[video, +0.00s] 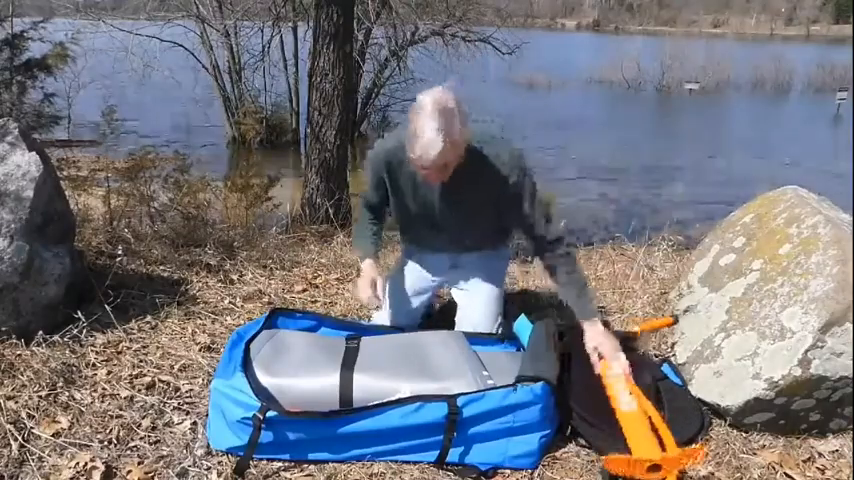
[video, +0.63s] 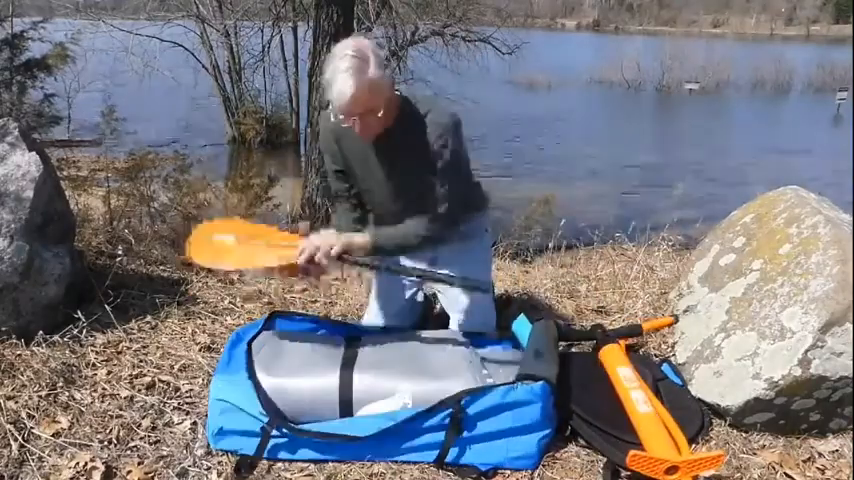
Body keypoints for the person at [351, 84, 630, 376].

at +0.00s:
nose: (433, 177)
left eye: (443, 167)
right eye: (423, 167)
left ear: (462, 142)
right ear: (409, 144)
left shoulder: (501, 163)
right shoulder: (387, 157)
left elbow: (551, 244)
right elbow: (369, 209)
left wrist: (591, 323)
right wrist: (367, 263)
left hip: (482, 261)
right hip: (419, 259)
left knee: (477, 342)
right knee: (384, 333)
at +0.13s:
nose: (376, 145)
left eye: (388, 135)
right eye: (369, 133)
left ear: (422, 114)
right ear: (359, 120)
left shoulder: (477, 144)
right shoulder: (354, 141)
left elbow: (518, 225)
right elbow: (343, 213)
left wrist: (505, 304)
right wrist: (342, 275)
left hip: (474, 250)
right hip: (406, 251)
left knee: (487, 350)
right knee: (378, 342)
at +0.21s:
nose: (354, 152)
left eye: (364, 142)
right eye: (345, 141)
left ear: (397, 119)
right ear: (336, 130)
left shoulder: (444, 148)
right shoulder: (339, 153)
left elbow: (442, 254)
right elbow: (338, 232)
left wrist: (399, 351)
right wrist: (331, 318)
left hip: (467, 234)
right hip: (407, 241)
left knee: (472, 330)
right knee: (380, 332)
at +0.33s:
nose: (312, 179)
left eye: (320, 169)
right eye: (305, 170)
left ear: (351, 151)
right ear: (299, 158)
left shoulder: (411, 170)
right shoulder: (324, 177)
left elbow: (425, 280)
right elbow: (332, 251)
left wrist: (403, 375)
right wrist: (331, 324)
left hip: (460, 234)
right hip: (401, 240)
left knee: (471, 332)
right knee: (378, 328)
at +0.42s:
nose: (312, 169)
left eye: (320, 158)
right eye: (305, 160)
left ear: (353, 139)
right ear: (298, 151)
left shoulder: (416, 167)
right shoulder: (324, 174)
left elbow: (453, 270)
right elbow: (332, 250)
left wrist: (413, 357)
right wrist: (331, 325)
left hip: (461, 243)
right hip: (402, 248)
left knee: (468, 343)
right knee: (378, 337)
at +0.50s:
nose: (335, 153)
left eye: (347, 144)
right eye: (328, 143)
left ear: (380, 125)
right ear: (321, 130)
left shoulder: (429, 149)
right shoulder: (328, 159)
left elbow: (451, 249)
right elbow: (334, 244)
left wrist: (387, 309)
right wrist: (324, 316)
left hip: (460, 238)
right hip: (403, 243)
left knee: (474, 338)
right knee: (382, 340)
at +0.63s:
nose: (358, 128)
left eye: (368, 114)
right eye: (347, 117)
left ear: (391, 94)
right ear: (334, 107)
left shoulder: (437, 124)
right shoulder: (333, 127)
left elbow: (441, 221)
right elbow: (348, 207)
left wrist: (356, 243)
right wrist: (330, 247)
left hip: (457, 241)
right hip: (394, 246)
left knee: (472, 337)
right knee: (375, 345)